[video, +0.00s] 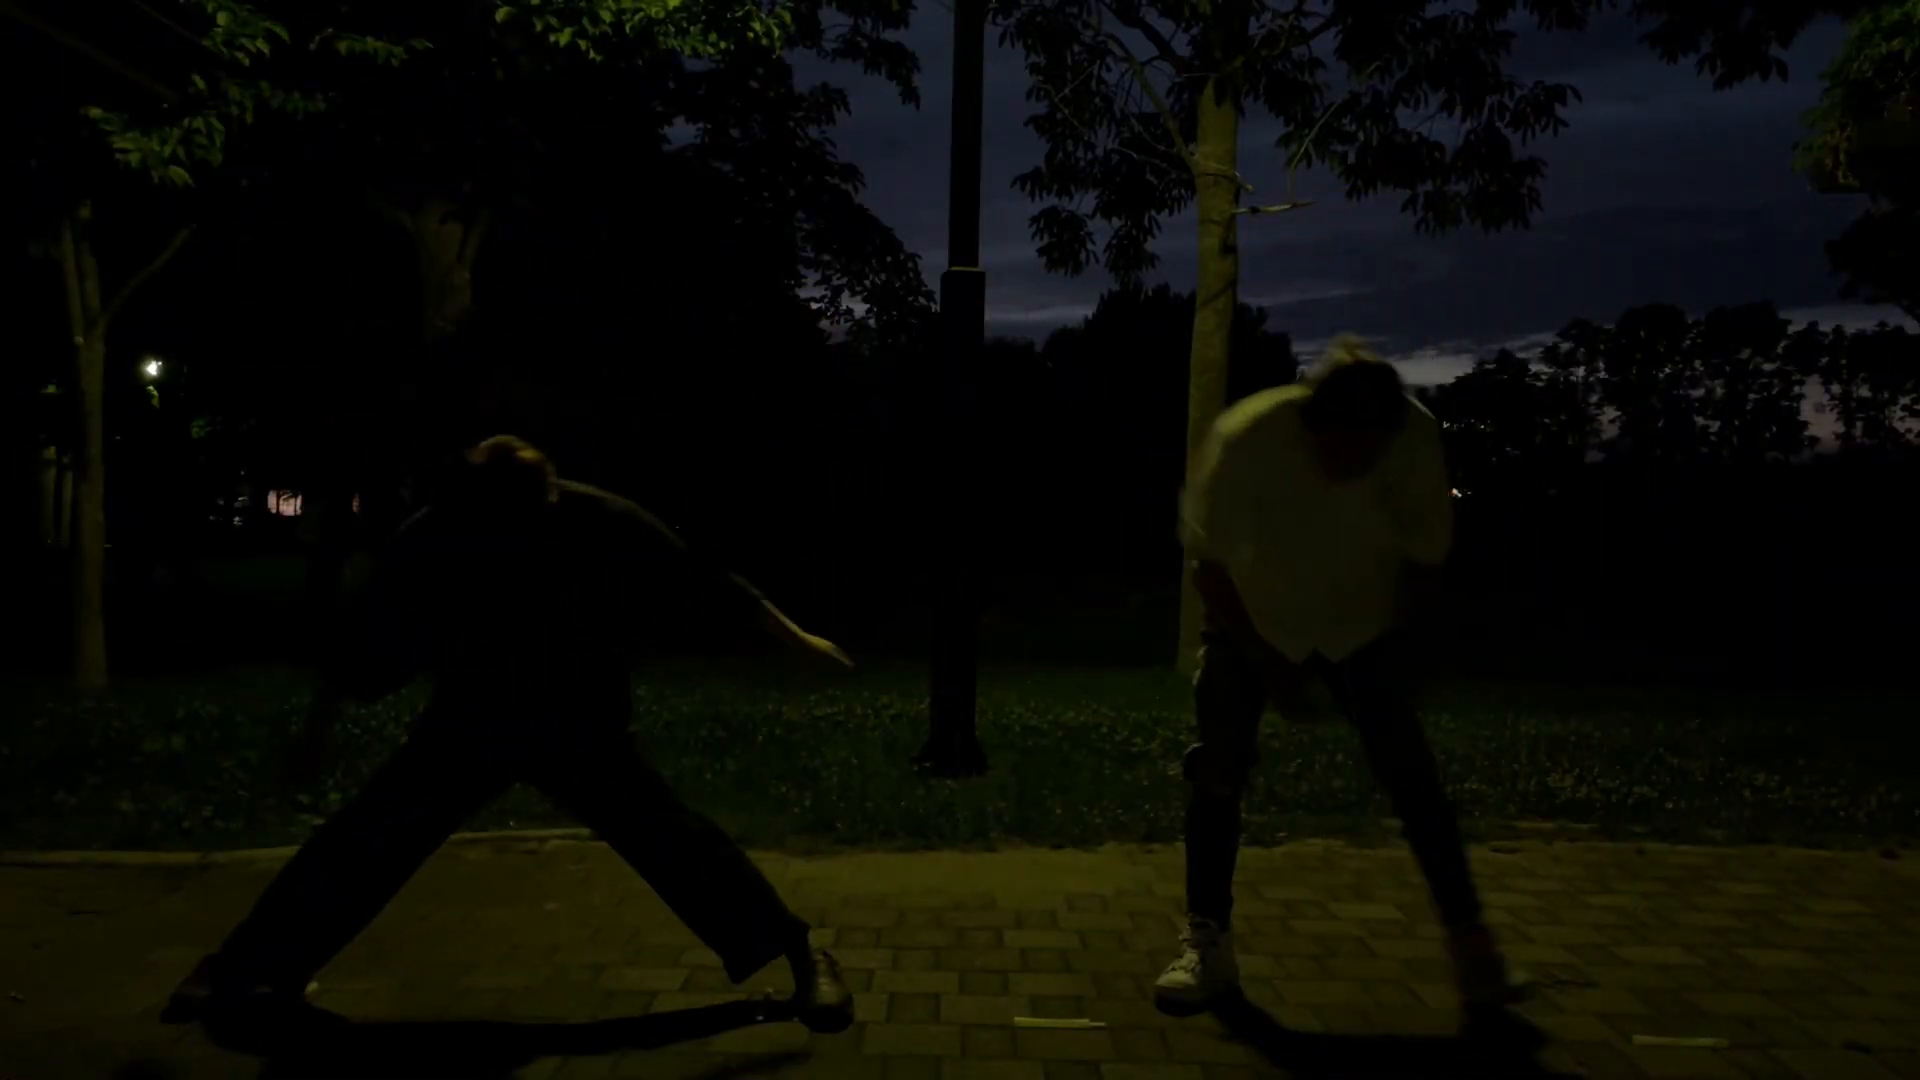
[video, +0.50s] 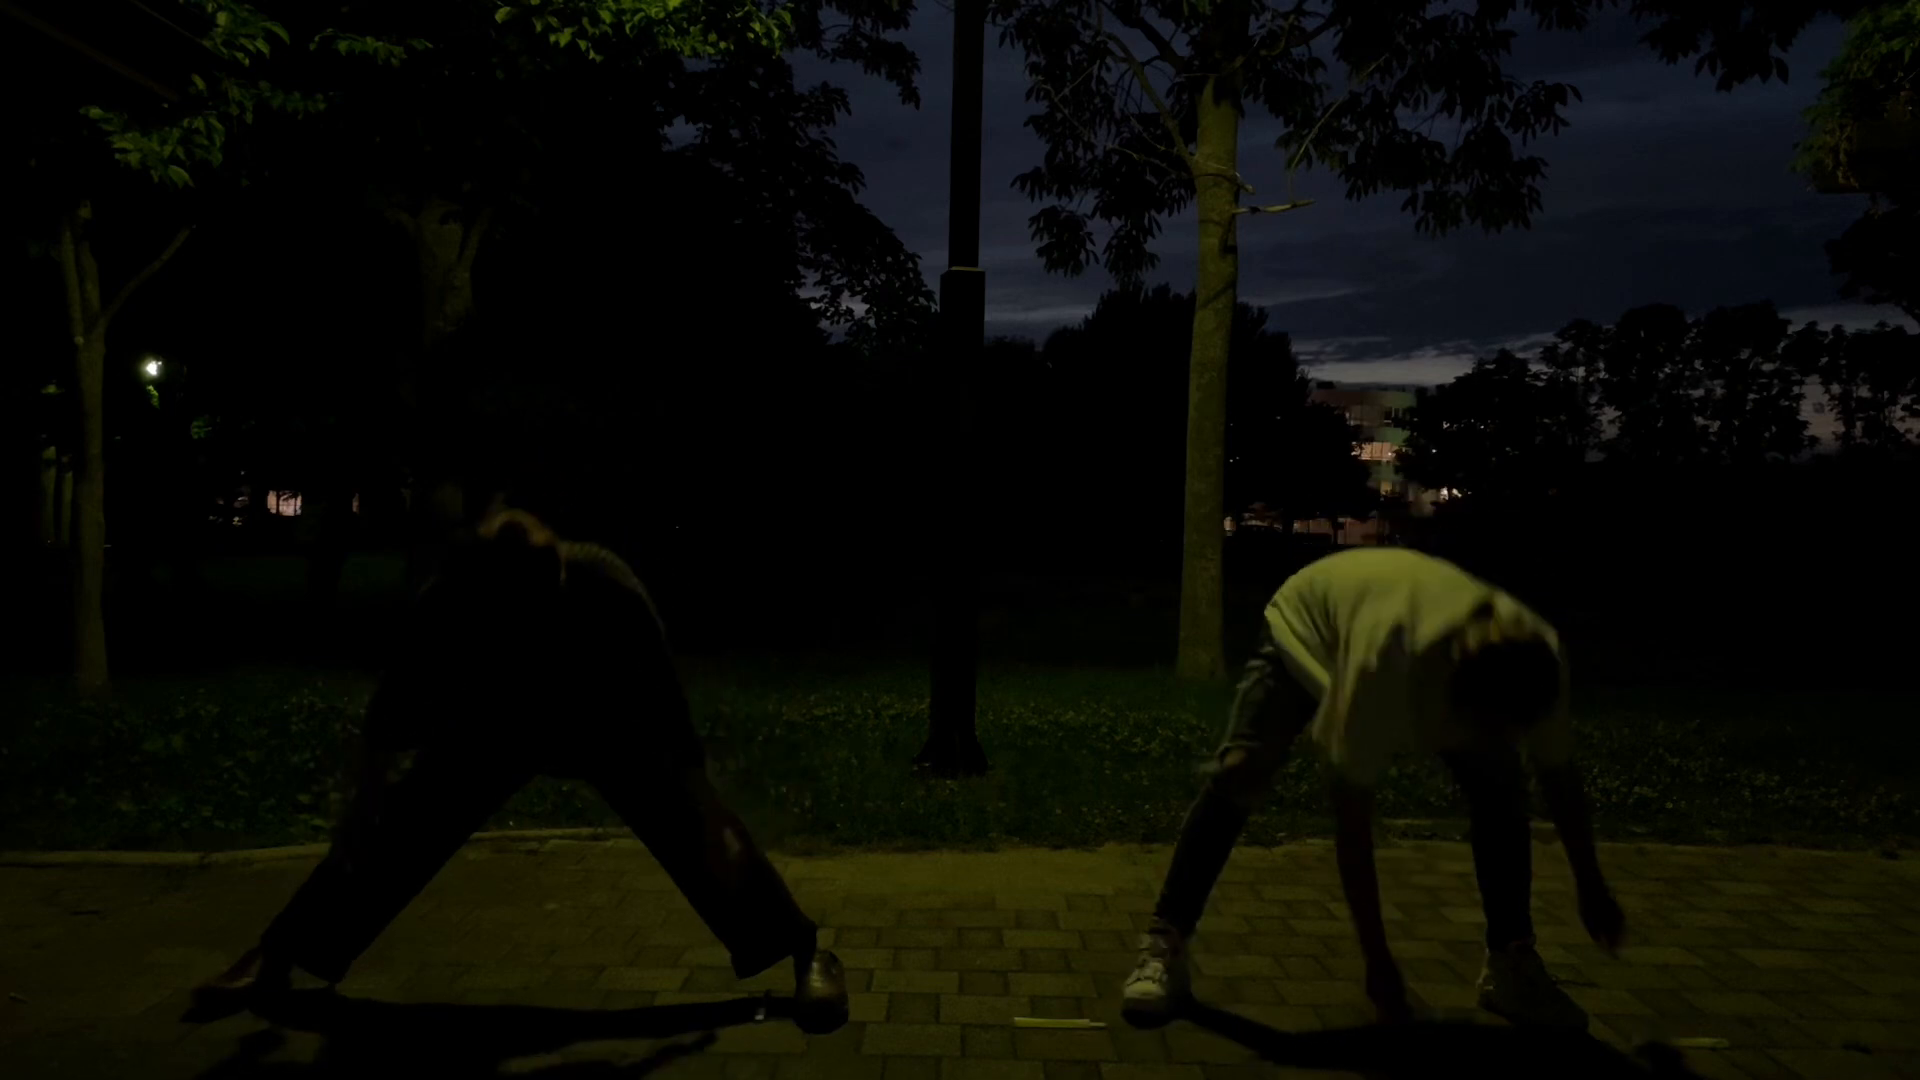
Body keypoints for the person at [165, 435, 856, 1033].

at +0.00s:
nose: (514, 521)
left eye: (525, 504)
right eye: (497, 507)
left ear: (550, 496)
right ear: (469, 504)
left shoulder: (598, 531)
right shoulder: (440, 549)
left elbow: (706, 589)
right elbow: (375, 648)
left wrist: (797, 641)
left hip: (582, 733)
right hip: (466, 733)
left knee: (670, 838)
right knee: (361, 846)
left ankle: (798, 955)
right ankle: (245, 975)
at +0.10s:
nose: (529, 518)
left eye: (539, 501)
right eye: (510, 504)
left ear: (564, 490)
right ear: (481, 499)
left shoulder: (617, 525)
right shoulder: (454, 539)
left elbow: (718, 595)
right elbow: (391, 641)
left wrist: (806, 654)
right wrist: (339, 725)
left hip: (595, 722)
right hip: (479, 720)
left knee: (682, 831)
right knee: (371, 835)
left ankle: (803, 954)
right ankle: (250, 966)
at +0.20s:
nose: (535, 513)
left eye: (545, 498)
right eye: (516, 501)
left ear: (573, 494)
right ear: (491, 501)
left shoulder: (622, 532)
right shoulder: (467, 540)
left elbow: (710, 624)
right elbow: (399, 637)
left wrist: (788, 706)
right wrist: (355, 731)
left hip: (608, 717)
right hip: (495, 716)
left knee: (691, 828)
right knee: (394, 829)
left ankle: (806, 952)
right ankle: (273, 964)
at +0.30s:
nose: (534, 524)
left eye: (544, 510)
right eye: (514, 514)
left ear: (570, 509)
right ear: (487, 517)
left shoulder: (616, 553)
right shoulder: (457, 563)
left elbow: (695, 662)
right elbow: (393, 669)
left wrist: (762, 753)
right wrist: (351, 759)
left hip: (603, 721)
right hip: (489, 723)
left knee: (683, 830)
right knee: (386, 832)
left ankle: (803, 953)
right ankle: (273, 969)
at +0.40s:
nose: (528, 566)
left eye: (539, 549)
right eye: (510, 553)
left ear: (560, 541)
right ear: (482, 549)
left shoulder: (608, 581)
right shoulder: (454, 587)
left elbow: (674, 686)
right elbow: (398, 691)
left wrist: (715, 791)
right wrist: (363, 779)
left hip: (606, 737)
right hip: (480, 738)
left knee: (695, 840)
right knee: (377, 845)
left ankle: (805, 955)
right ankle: (270, 967)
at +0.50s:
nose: (520, 585)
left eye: (529, 566)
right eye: (502, 570)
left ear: (551, 556)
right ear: (478, 568)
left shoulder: (601, 590)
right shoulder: (452, 601)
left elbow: (656, 695)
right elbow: (400, 701)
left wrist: (692, 793)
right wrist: (371, 783)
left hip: (607, 736)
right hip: (488, 739)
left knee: (700, 841)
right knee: (384, 845)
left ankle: (807, 957)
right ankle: (276, 963)